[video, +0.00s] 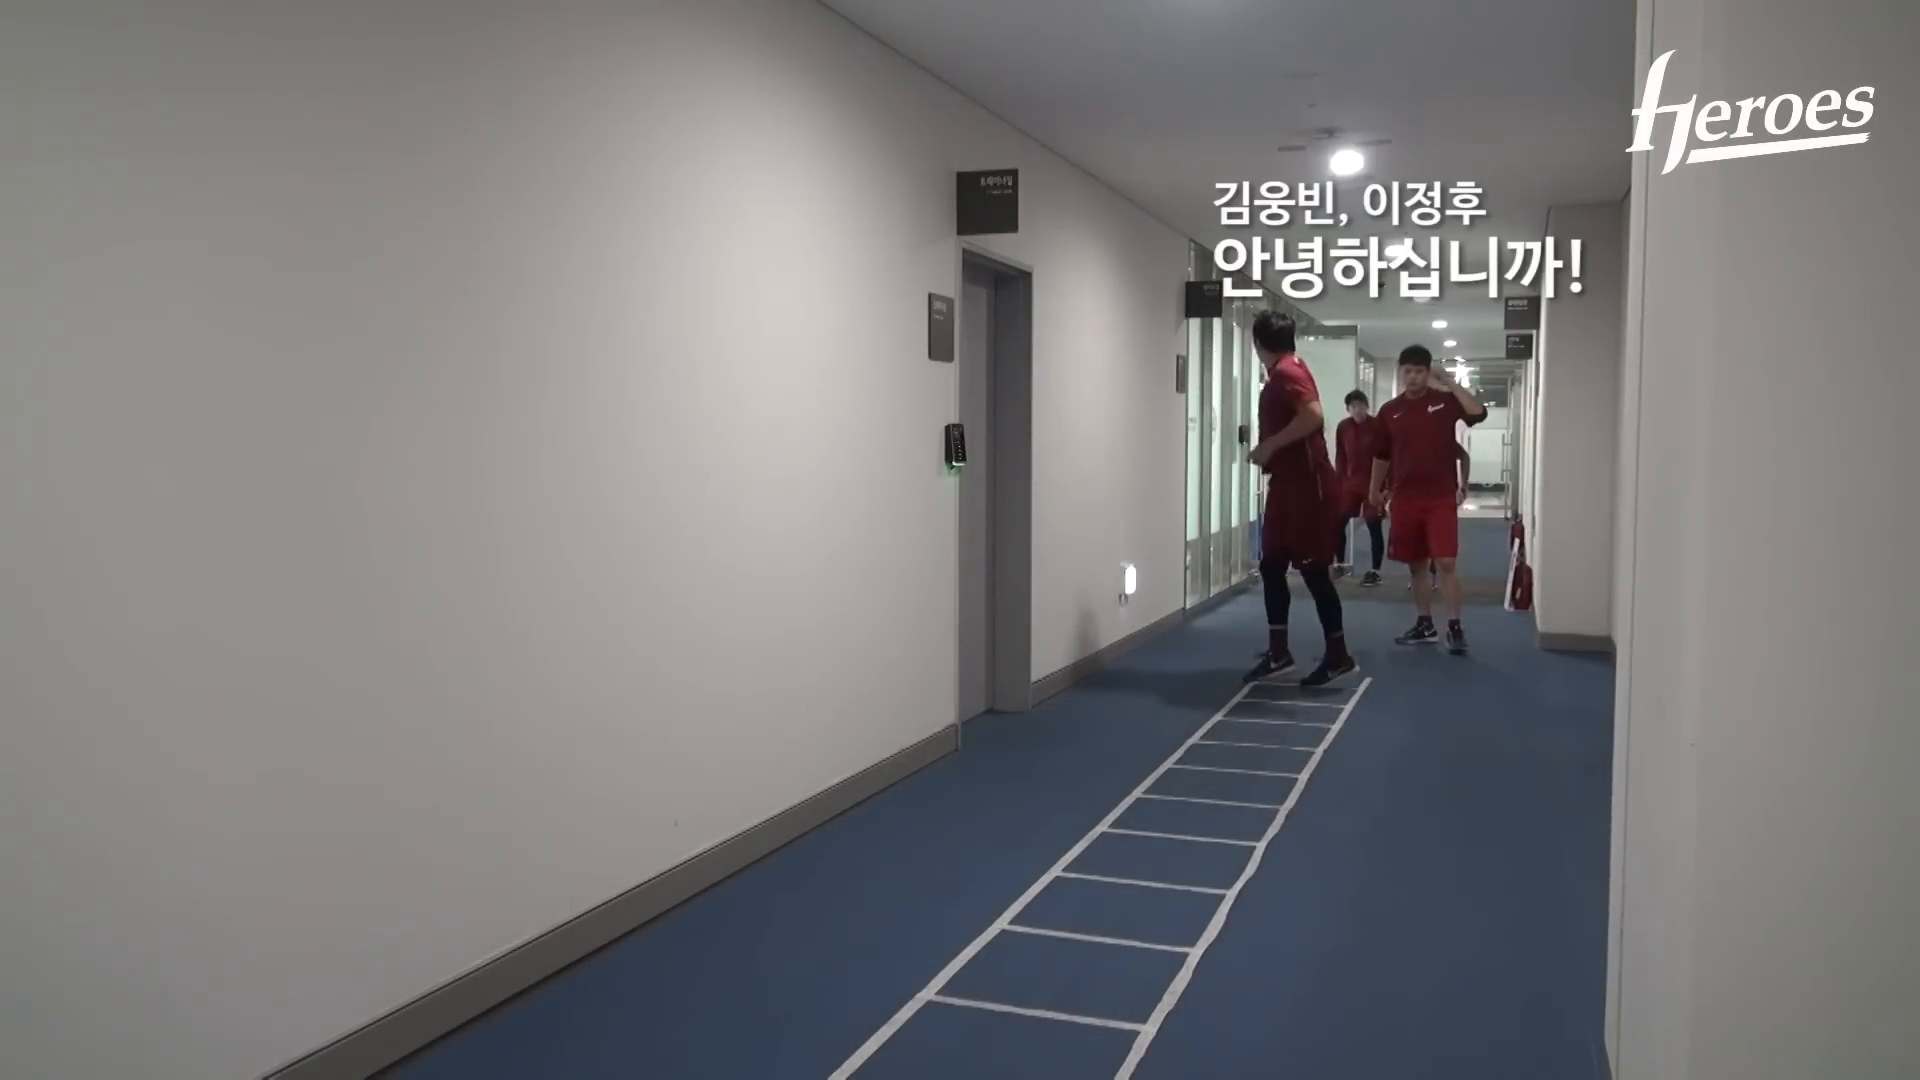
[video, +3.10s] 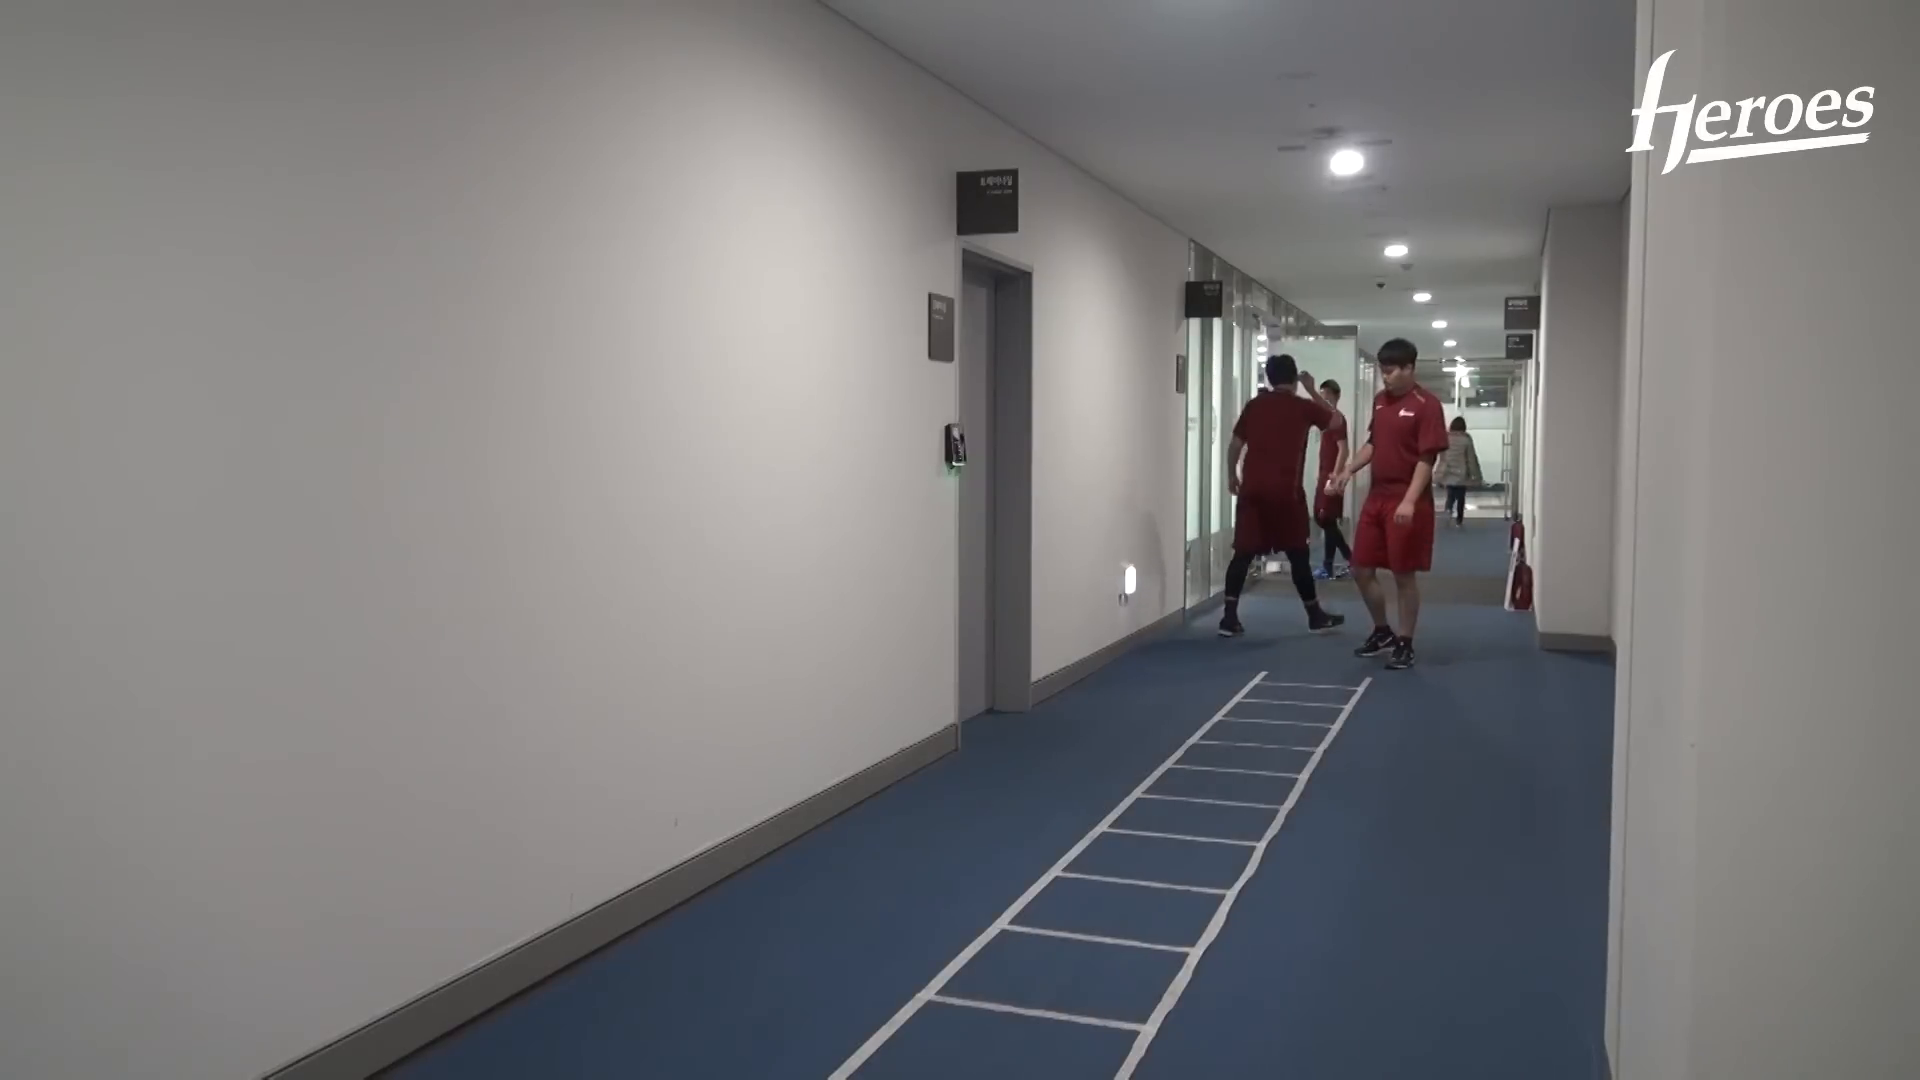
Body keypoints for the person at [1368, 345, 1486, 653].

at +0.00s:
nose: (1413, 377)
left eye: (1419, 371)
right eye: (1408, 371)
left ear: (1429, 373)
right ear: (1399, 373)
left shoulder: (1446, 401)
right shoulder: (1389, 411)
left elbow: (1477, 414)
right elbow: (1382, 454)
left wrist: (1449, 382)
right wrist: (1374, 490)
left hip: (1441, 497)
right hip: (1406, 499)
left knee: (1445, 563)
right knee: (1417, 565)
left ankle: (1455, 627)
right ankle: (1424, 623)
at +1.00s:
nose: (1450, 371)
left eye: (1456, 366)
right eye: (1445, 365)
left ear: (1468, 369)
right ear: (1439, 367)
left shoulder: (1485, 402)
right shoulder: (1423, 404)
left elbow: (1520, 420)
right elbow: (1407, 450)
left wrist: (1489, 387)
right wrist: (1392, 486)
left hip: (1465, 499)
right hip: (1425, 496)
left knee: (1461, 570)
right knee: (1406, 561)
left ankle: (1460, 631)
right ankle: (1416, 617)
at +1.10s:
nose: (1446, 371)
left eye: (1453, 366)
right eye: (1442, 365)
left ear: (1465, 368)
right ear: (1436, 367)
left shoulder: (1483, 402)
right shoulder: (1422, 405)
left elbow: (1517, 432)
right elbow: (1406, 451)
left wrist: (1495, 417)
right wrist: (1392, 489)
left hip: (1462, 501)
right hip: (1423, 498)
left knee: (1460, 570)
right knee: (1403, 562)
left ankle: (1459, 631)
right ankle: (1405, 624)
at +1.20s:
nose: (1442, 372)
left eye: (1448, 366)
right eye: (1437, 366)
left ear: (1460, 369)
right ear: (1431, 368)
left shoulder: (1477, 403)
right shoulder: (1417, 406)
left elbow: (1507, 438)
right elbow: (1405, 452)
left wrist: (1502, 454)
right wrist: (1393, 488)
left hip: (1459, 502)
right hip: (1419, 499)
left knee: (1458, 571)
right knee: (1403, 565)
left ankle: (1459, 633)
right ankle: (1391, 629)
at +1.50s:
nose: (1415, 372)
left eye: (1422, 367)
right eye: (1410, 367)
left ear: (1435, 369)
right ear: (1405, 370)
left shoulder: (1455, 405)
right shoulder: (1393, 407)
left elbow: (1467, 451)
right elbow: (1380, 453)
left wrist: (1470, 489)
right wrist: (1366, 488)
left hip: (1437, 502)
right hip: (1396, 501)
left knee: (1445, 572)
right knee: (1389, 570)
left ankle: (1457, 631)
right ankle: (1382, 634)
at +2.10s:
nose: (1376, 375)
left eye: (1382, 369)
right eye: (1371, 370)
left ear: (1394, 370)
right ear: (1364, 373)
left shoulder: (1418, 402)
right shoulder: (1355, 409)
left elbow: (1442, 440)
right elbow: (1339, 448)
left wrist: (1449, 474)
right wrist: (1327, 479)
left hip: (1405, 498)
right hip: (1368, 499)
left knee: (1400, 566)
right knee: (1374, 570)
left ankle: (1410, 635)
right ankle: (1379, 635)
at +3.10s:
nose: (1384, 376)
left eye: (1390, 370)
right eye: (1382, 370)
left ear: (1410, 368)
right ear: (1382, 370)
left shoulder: (1428, 405)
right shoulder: (1382, 400)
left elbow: (1427, 459)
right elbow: (1373, 444)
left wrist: (1409, 501)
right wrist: (1347, 470)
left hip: (1408, 497)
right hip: (1378, 495)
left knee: (1403, 573)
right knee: (1361, 569)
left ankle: (1405, 643)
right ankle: (1382, 631)